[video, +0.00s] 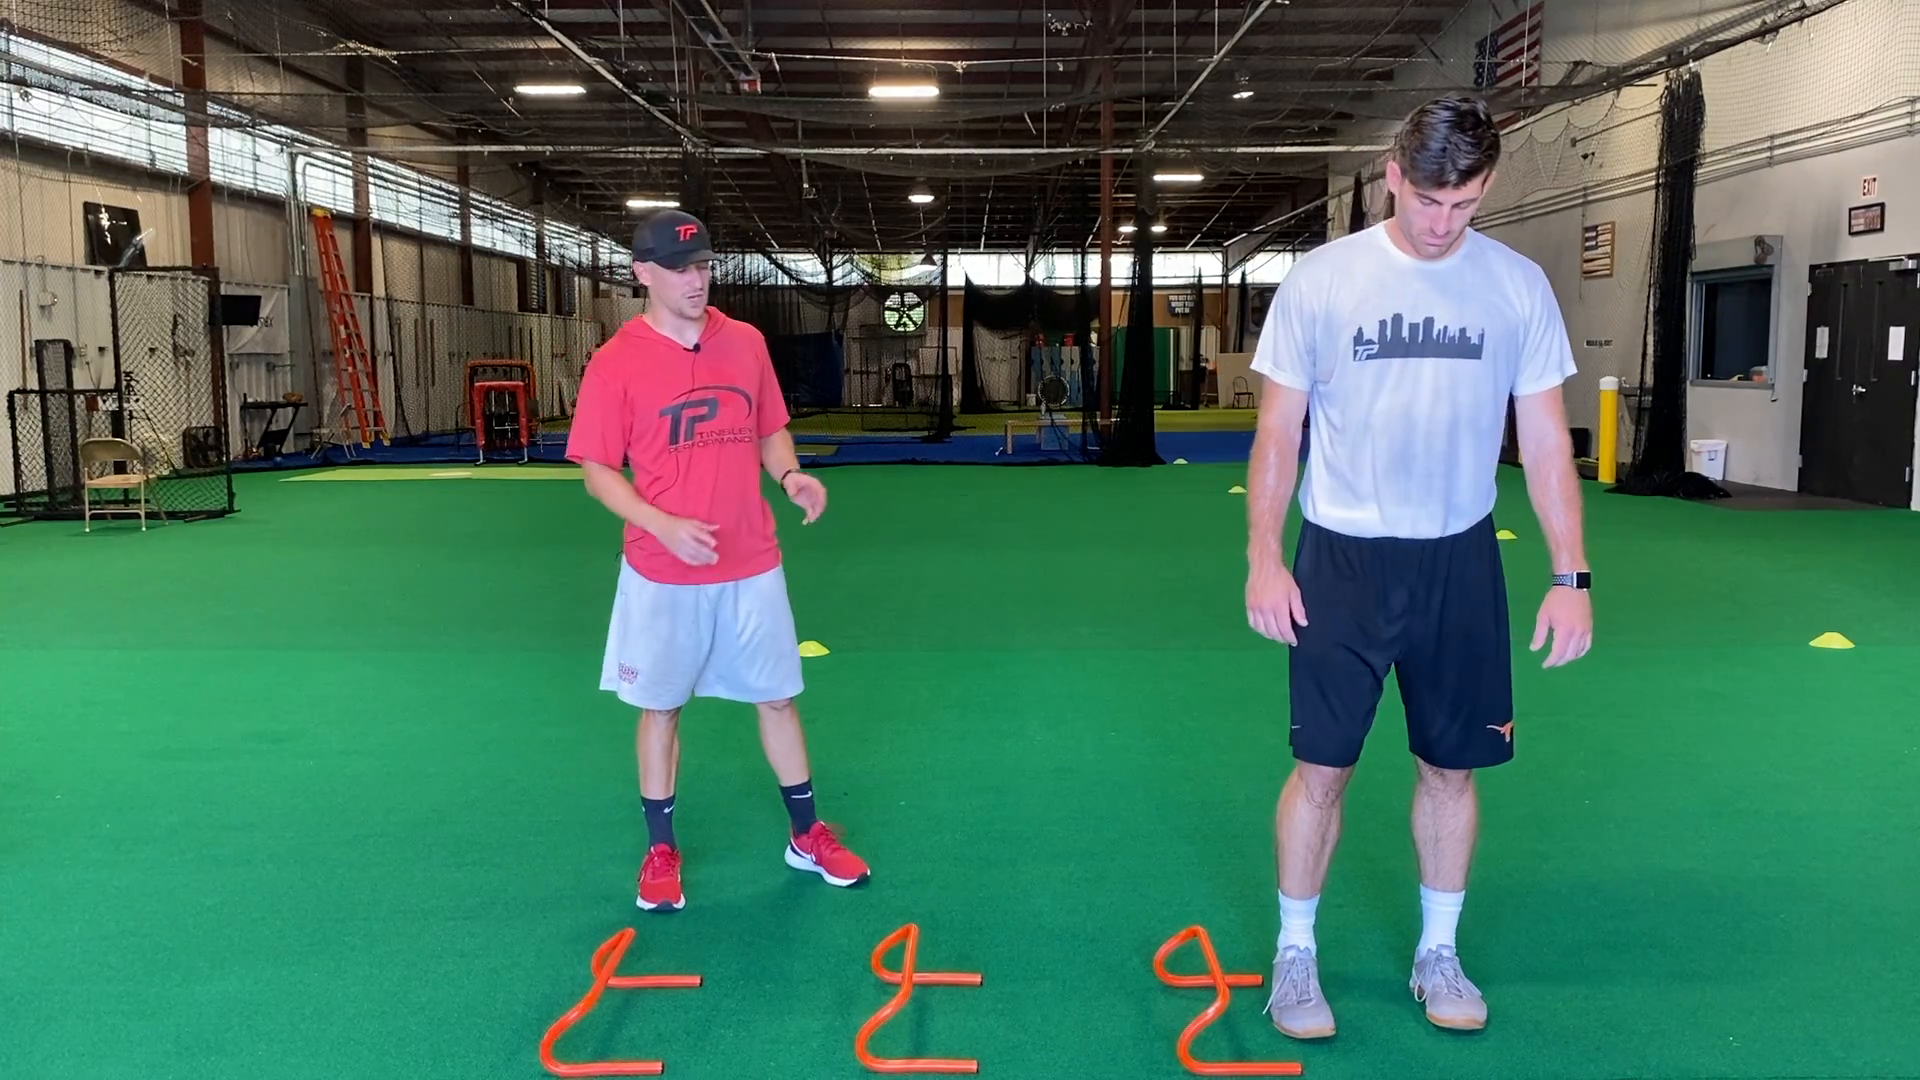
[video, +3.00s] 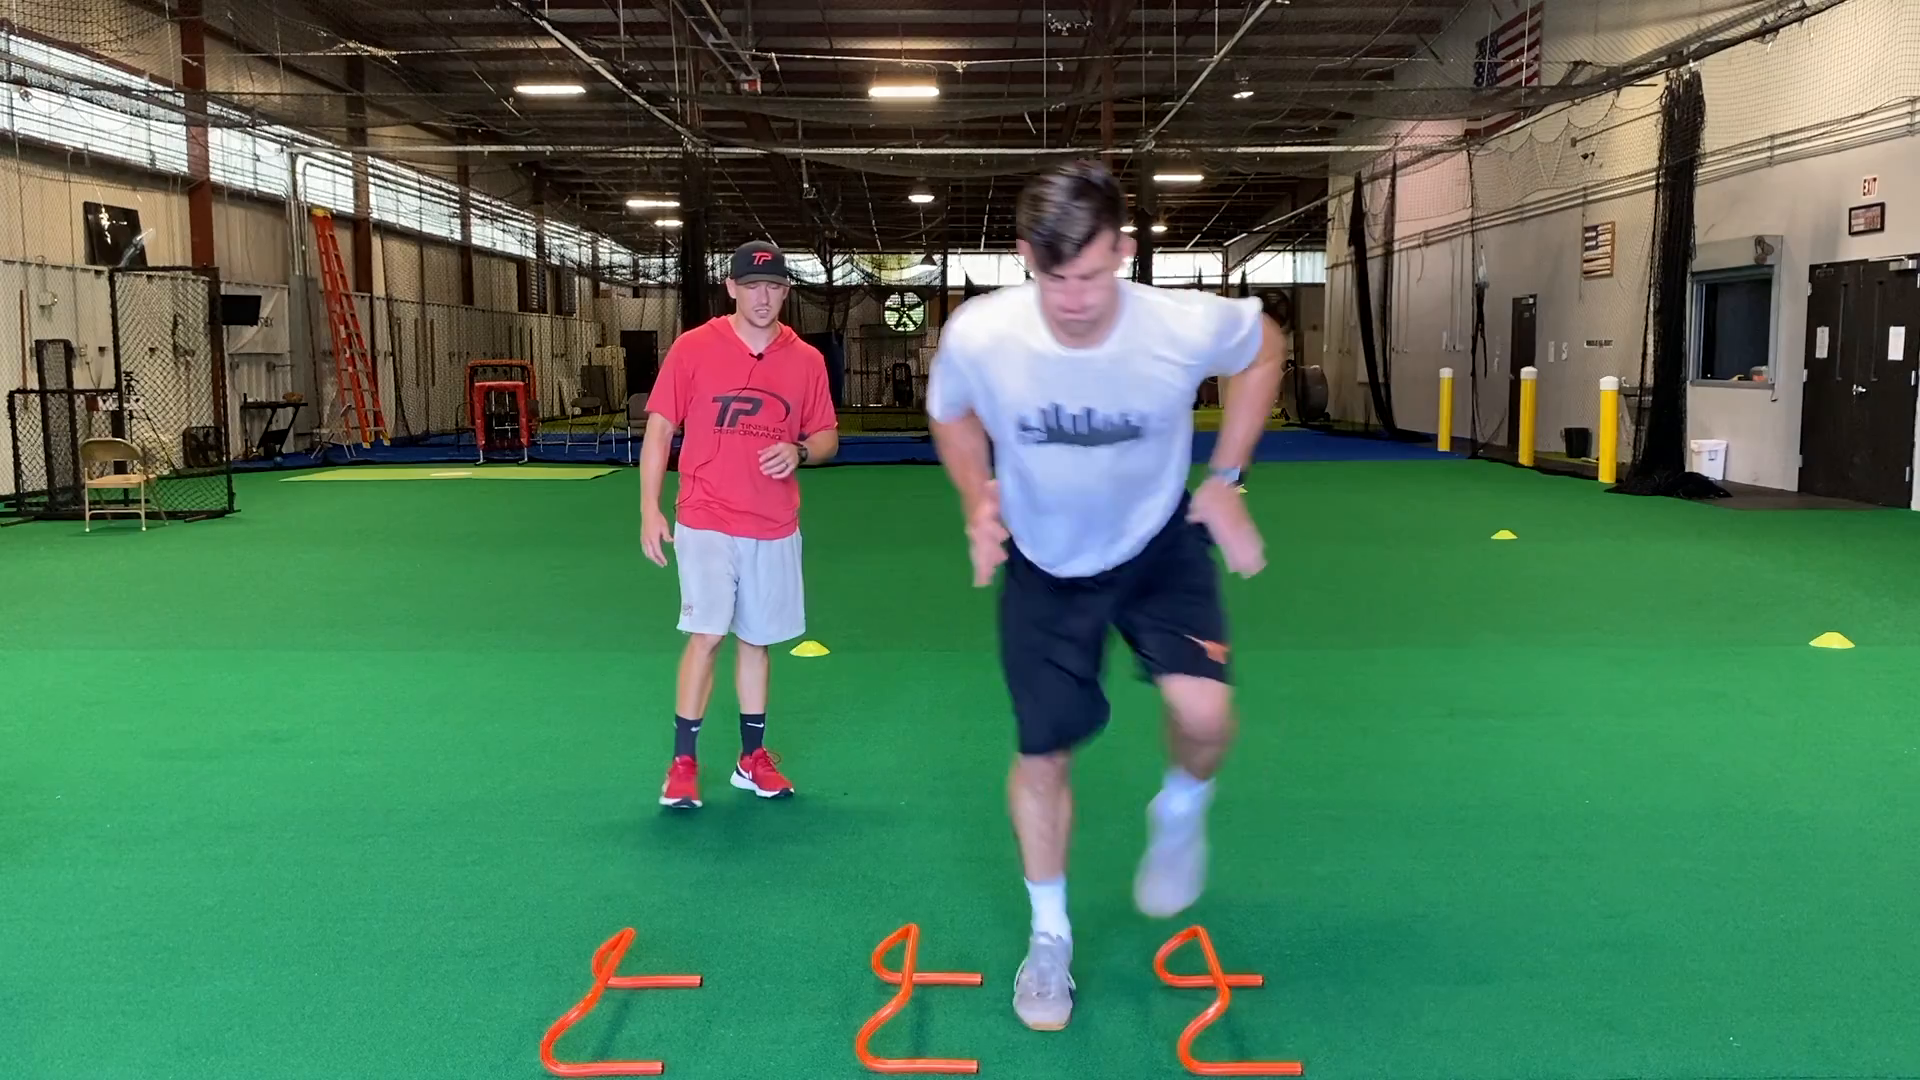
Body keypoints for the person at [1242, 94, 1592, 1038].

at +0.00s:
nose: (1448, 223)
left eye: (1467, 205)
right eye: (1431, 202)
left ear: (1489, 189)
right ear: (1391, 176)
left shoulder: (1516, 285)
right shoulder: (1319, 282)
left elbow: (1546, 441)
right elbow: (1278, 434)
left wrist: (1571, 575)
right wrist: (1264, 557)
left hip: (1459, 562)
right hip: (1342, 560)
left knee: (1451, 763)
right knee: (1323, 766)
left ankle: (1439, 956)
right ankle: (1295, 956)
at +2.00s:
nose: (1389, 309)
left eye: (1405, 288)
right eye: (1371, 289)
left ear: (1427, 259)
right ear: (1333, 258)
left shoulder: (1472, 314)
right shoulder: (1260, 338)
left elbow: (1501, 446)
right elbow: (1214, 472)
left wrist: (1503, 581)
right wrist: (1228, 615)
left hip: (1415, 574)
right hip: (1296, 579)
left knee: (1441, 761)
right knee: (1297, 772)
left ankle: (1432, 955)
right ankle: (1298, 961)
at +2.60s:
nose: (1367, 377)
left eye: (1386, 357)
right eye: (1349, 357)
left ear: (1410, 334)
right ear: (1309, 329)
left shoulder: (1451, 409)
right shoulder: (1229, 380)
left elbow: (1487, 514)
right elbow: (1177, 440)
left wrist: (1461, 647)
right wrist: (1180, 571)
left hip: (1369, 578)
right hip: (1248, 573)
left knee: (1410, 772)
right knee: (1259, 756)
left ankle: (1421, 957)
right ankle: (1275, 871)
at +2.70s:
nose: (1316, 376)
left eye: (1336, 356)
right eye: (1298, 355)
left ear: (1363, 335)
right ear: (1262, 331)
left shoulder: (1408, 421)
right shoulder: (1197, 388)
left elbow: (1440, 527)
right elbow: (1138, 424)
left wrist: (1387, 628)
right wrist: (1126, 539)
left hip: (1341, 590)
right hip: (1216, 579)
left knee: (1400, 789)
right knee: (1199, 739)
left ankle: (1422, 961)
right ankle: (1190, 814)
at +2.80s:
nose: (1237, 342)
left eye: (1254, 322)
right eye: (1220, 322)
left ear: (1280, 298)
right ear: (1181, 302)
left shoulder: (1334, 371)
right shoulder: (1121, 364)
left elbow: (1390, 441)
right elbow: (1078, 403)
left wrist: (1331, 516)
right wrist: (1082, 521)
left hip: (1293, 582)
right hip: (1163, 572)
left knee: (1360, 764)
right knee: (1116, 735)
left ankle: (1423, 947)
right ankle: (1091, 877)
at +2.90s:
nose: (1149, 313)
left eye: (1165, 293)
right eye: (1130, 295)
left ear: (1193, 275)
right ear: (1099, 279)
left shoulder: (1250, 333)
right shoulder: (1039, 354)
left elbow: (1320, 349)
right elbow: (1010, 423)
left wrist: (1293, 478)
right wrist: (1038, 539)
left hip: (1230, 569)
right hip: (1103, 581)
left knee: (1315, 750)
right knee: (1081, 773)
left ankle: (1343, 857)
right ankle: (1053, 942)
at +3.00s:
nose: (1073, 296)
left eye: (1090, 276)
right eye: (1056, 278)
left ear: (1123, 251)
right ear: (1027, 260)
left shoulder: (1181, 324)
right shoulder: (978, 334)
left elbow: (1262, 347)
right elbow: (948, 408)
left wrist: (1224, 476)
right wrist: (978, 498)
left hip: (1159, 546)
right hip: (1042, 565)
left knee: (1205, 714)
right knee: (1041, 753)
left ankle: (1180, 814)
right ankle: (1048, 935)